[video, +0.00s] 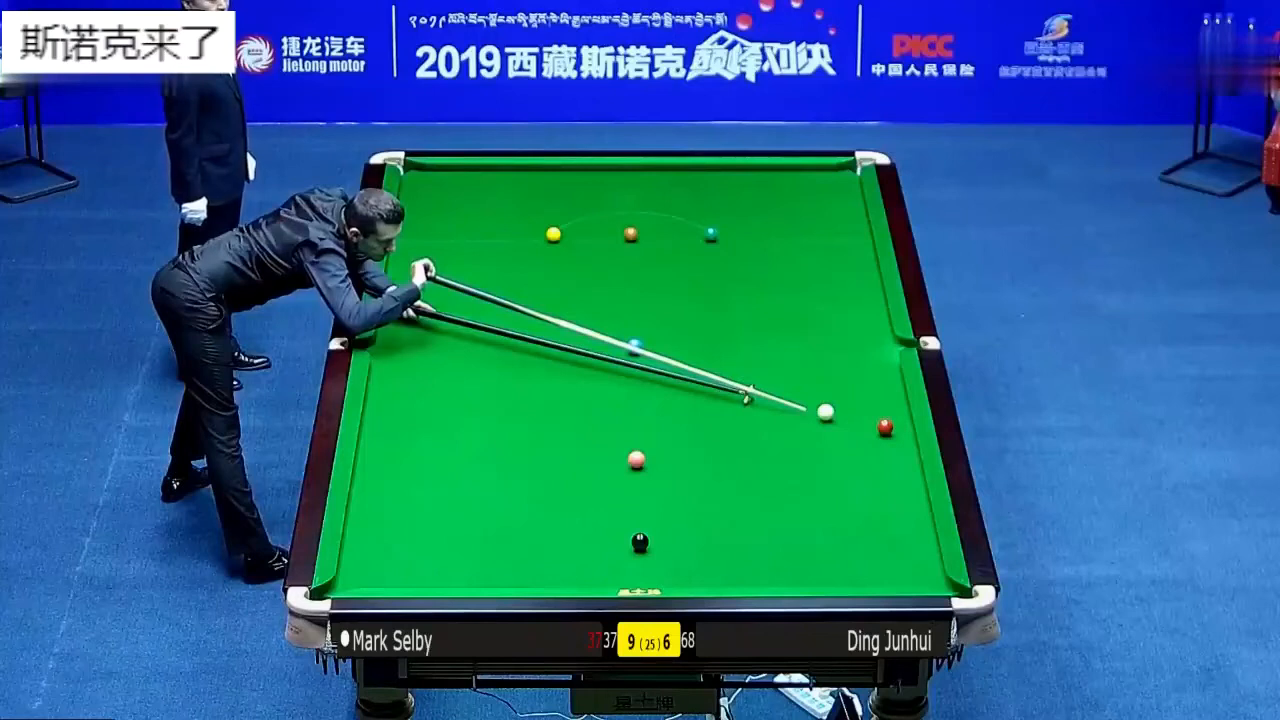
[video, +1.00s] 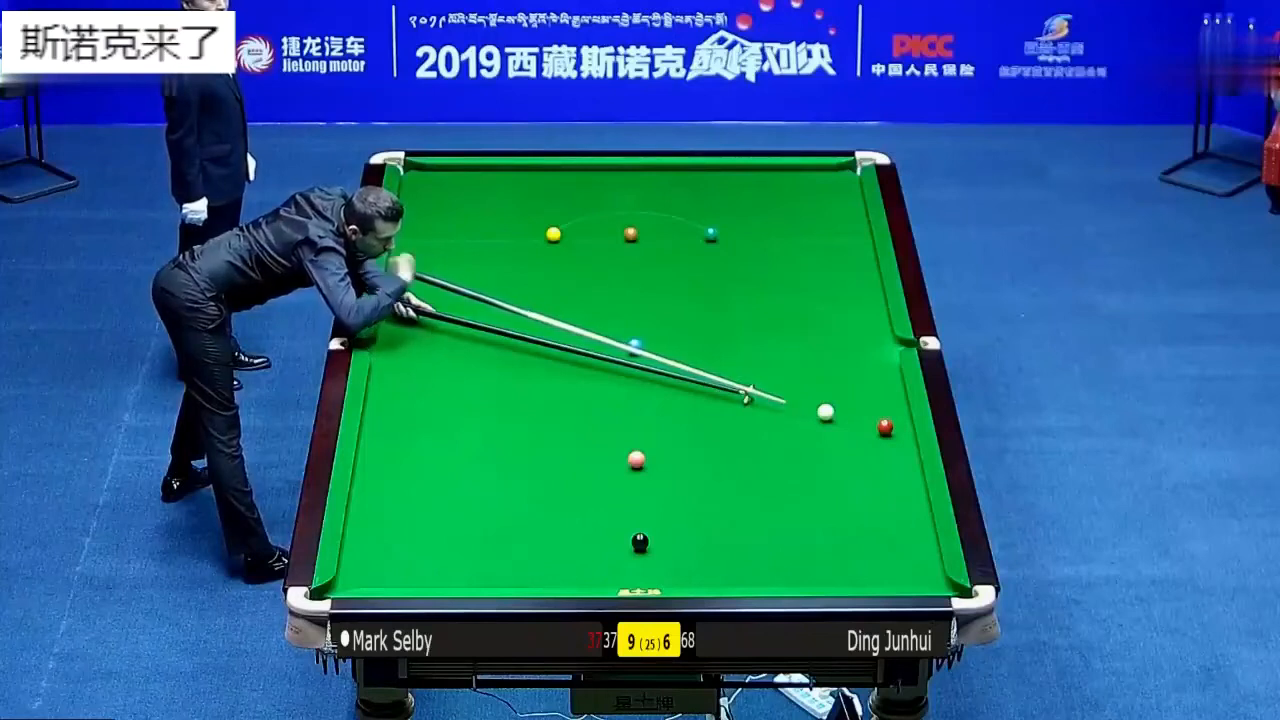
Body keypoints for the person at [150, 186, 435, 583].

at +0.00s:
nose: (391, 249)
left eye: (394, 241)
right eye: (386, 243)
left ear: (355, 224)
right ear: (354, 234)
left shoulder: (334, 203)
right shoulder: (322, 245)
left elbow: (361, 262)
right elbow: (355, 319)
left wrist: (401, 300)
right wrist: (412, 287)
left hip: (180, 276)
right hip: (194, 298)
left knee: (204, 383)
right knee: (221, 428)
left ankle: (180, 473)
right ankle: (255, 557)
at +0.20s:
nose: (391, 249)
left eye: (394, 241)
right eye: (386, 242)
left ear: (356, 222)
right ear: (354, 234)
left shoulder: (334, 203)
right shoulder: (321, 244)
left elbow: (360, 262)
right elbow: (353, 319)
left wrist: (401, 300)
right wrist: (410, 287)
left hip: (180, 276)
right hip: (194, 298)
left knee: (203, 384)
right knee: (221, 428)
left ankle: (179, 473)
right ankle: (255, 557)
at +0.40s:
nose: (389, 247)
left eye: (392, 239)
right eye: (384, 241)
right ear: (353, 233)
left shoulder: (335, 203)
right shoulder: (321, 244)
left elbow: (358, 260)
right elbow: (351, 318)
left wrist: (394, 296)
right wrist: (394, 283)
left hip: (180, 276)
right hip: (194, 298)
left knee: (204, 383)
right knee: (221, 428)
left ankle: (180, 473)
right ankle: (255, 557)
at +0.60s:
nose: (388, 248)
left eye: (391, 240)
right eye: (383, 242)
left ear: (356, 220)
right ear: (353, 233)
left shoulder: (336, 202)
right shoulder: (321, 243)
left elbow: (359, 259)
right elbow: (351, 318)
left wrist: (388, 295)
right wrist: (389, 281)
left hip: (180, 276)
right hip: (193, 298)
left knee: (204, 384)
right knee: (221, 428)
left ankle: (179, 473)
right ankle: (255, 557)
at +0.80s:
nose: (388, 248)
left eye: (391, 240)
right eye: (383, 241)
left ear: (356, 219)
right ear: (353, 233)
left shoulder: (337, 202)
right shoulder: (321, 243)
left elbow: (358, 258)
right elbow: (351, 317)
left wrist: (387, 294)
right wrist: (386, 279)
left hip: (180, 276)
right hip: (193, 298)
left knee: (205, 383)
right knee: (221, 428)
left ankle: (180, 473)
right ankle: (255, 557)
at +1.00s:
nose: (389, 245)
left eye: (392, 238)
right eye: (384, 239)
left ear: (356, 220)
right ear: (354, 232)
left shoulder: (336, 202)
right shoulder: (321, 242)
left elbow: (361, 260)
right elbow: (354, 317)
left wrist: (396, 295)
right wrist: (398, 282)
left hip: (181, 275)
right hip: (194, 297)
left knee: (204, 382)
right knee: (222, 429)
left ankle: (180, 473)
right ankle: (255, 557)